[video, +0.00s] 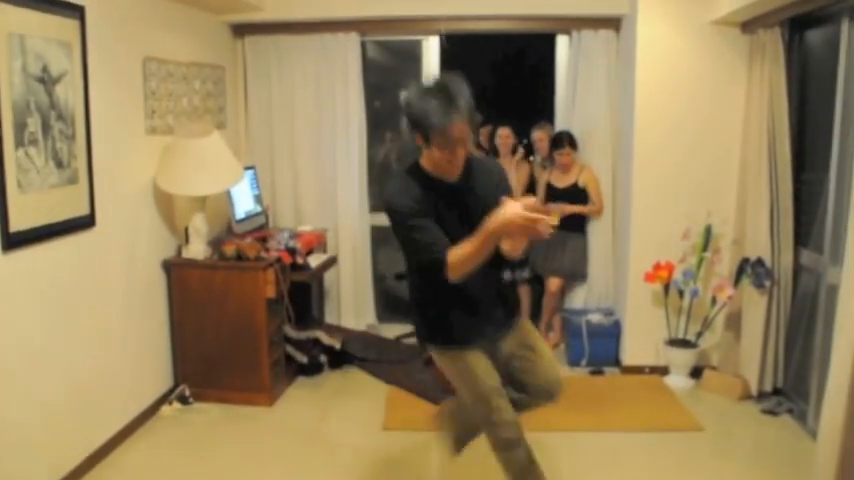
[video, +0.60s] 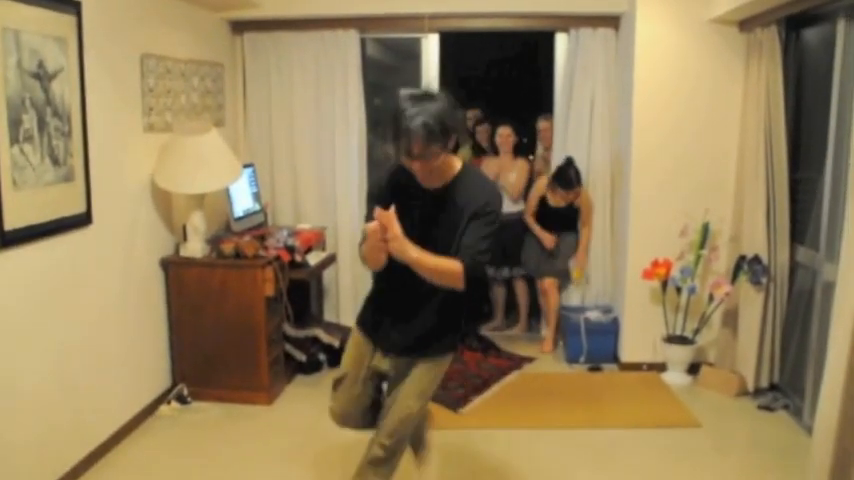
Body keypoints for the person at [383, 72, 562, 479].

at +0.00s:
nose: (459, 157)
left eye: (465, 144)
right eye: (447, 147)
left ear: (472, 135)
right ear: (422, 142)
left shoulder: (486, 172)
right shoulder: (405, 195)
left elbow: (512, 251)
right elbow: (449, 269)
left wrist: (521, 226)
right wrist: (496, 225)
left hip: (496, 311)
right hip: (449, 327)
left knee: (545, 383)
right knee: (499, 418)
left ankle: (456, 420)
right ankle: (529, 476)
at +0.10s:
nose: (472, 171)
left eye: (478, 161)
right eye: (461, 163)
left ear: (486, 154)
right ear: (437, 155)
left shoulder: (492, 188)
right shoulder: (415, 204)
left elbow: (523, 262)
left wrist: (546, 245)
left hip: (494, 324)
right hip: (447, 334)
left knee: (514, 415)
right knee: (503, 427)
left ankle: (428, 466)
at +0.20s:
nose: (473, 161)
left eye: (480, 150)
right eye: (462, 151)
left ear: (488, 144)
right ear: (440, 144)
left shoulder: (496, 184)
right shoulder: (415, 189)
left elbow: (513, 260)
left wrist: (543, 237)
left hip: (474, 325)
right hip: (426, 326)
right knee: (483, 428)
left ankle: (403, 476)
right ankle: (507, 476)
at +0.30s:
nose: (466, 150)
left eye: (475, 139)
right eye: (456, 139)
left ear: (487, 135)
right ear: (437, 132)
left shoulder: (497, 182)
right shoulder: (412, 177)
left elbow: (503, 256)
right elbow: (414, 259)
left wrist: (532, 225)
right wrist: (446, 228)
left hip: (460, 311)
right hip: (410, 311)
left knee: (431, 409)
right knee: (455, 405)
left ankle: (396, 472)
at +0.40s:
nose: (448, 129)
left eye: (458, 119)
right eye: (440, 118)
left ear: (477, 114)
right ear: (427, 113)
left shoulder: (493, 163)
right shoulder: (407, 154)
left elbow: (486, 244)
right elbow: (398, 240)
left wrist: (478, 214)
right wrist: (402, 220)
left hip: (452, 288)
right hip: (400, 282)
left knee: (430, 402)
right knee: (421, 378)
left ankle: (394, 474)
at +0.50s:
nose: (434, 137)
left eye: (445, 127)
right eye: (427, 126)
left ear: (468, 120)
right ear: (416, 118)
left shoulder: (490, 166)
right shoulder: (400, 152)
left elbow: (474, 243)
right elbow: (387, 238)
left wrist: (416, 219)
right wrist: (406, 209)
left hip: (447, 296)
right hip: (391, 285)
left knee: (416, 408)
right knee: (381, 379)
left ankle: (387, 473)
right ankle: (361, 401)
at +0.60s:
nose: (418, 168)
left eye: (427, 157)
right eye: (410, 158)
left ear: (451, 146)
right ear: (400, 149)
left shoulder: (481, 197)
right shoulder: (397, 180)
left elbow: (467, 275)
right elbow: (371, 261)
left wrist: (403, 249)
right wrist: (375, 242)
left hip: (435, 333)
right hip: (381, 315)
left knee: (388, 437)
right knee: (344, 410)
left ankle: (369, 474)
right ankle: (412, 421)